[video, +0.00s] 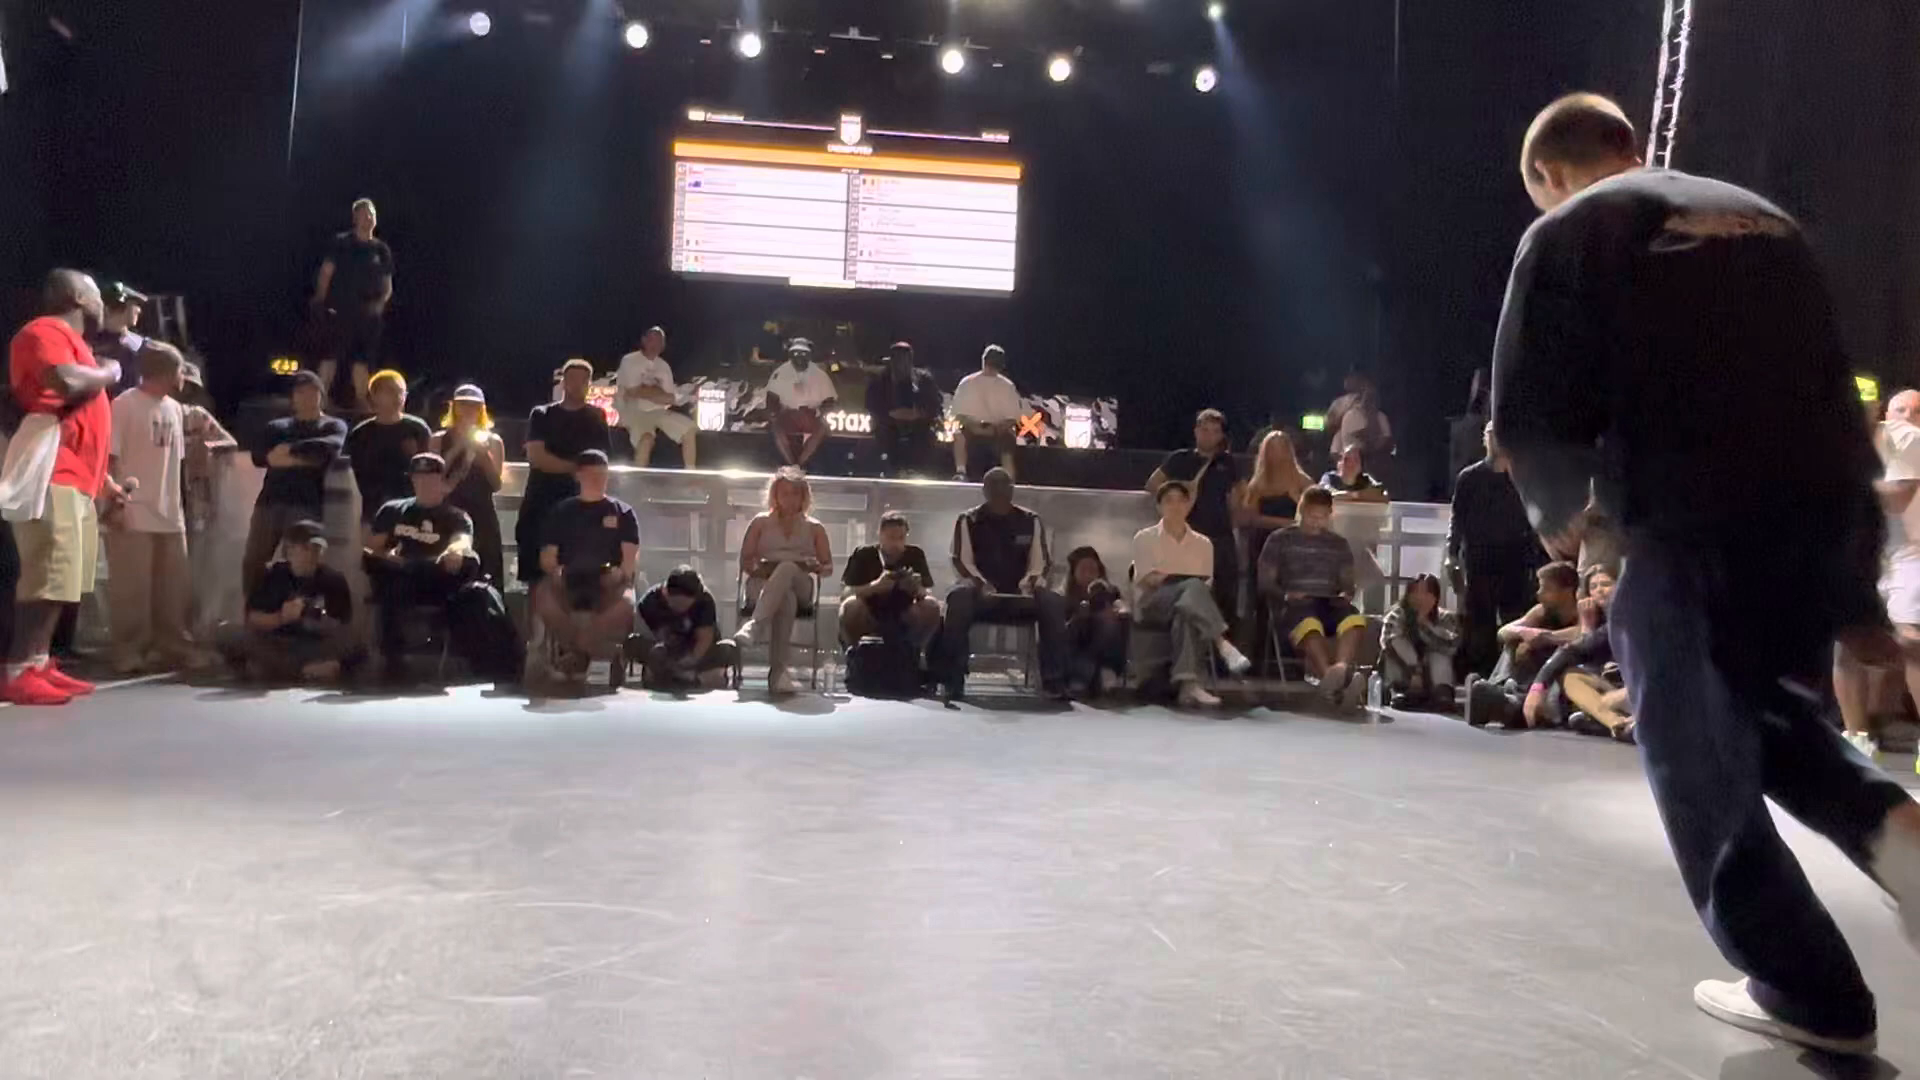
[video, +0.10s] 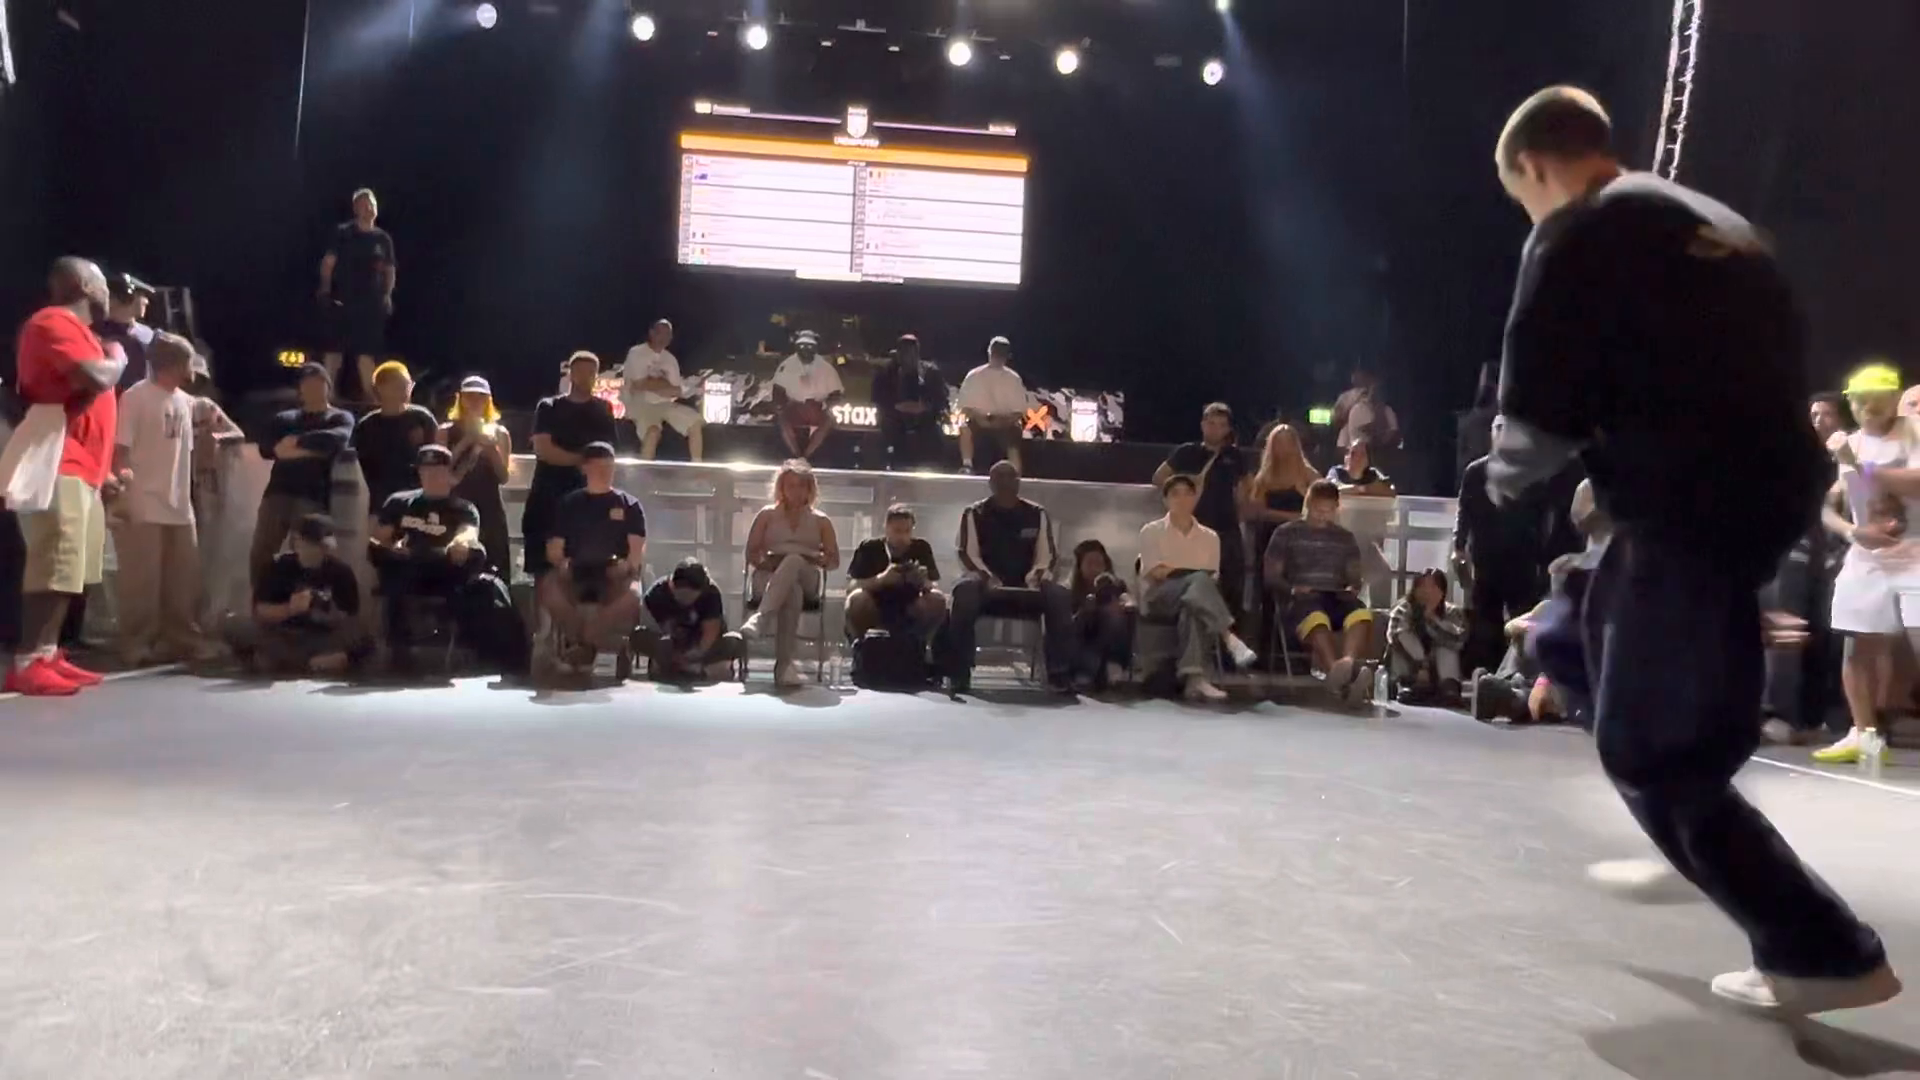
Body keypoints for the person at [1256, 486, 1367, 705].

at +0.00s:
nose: (1317, 522)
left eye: (1322, 517)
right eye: (1312, 516)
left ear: (1330, 516)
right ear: (1301, 513)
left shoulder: (1339, 543)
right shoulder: (1279, 539)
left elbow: (1348, 581)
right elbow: (1265, 581)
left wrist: (1346, 594)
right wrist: (1286, 595)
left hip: (1331, 598)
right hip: (1298, 596)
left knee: (1354, 621)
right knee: (1309, 627)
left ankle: (1339, 676)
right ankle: (1334, 684)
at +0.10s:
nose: (1323, 516)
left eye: (1328, 511)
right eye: (1318, 510)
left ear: (1337, 509)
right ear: (1307, 506)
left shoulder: (1345, 537)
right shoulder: (1285, 533)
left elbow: (1355, 576)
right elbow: (1272, 575)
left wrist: (1352, 588)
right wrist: (1292, 589)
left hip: (1337, 592)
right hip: (1305, 590)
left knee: (1361, 616)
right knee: (1316, 621)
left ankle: (1346, 671)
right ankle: (1342, 680)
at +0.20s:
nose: (1326, 508)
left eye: (1332, 503)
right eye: (1321, 502)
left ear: (1341, 504)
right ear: (1312, 500)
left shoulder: (1350, 532)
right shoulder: (1290, 528)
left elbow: (1360, 572)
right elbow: (1277, 570)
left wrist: (1358, 583)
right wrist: (1298, 584)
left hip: (1342, 587)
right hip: (1310, 585)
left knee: (1367, 610)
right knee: (1321, 616)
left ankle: (1351, 666)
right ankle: (1349, 675)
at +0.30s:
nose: (1332, 505)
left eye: (1338, 500)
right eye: (1327, 499)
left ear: (1346, 499)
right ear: (1317, 496)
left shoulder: (1356, 527)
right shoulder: (1295, 523)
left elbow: (1366, 567)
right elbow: (1282, 565)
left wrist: (1363, 579)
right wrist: (1303, 580)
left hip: (1348, 583)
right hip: (1315, 581)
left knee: (1371, 605)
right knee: (1327, 611)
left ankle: (1356, 663)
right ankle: (1350, 671)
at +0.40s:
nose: (1337, 501)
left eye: (1343, 496)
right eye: (1333, 495)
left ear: (1352, 495)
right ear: (1324, 492)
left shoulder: (1361, 523)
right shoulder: (1302, 519)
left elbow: (1372, 562)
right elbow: (1287, 561)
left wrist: (1368, 575)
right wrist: (1309, 576)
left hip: (1354, 578)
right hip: (1322, 578)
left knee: (1376, 602)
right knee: (1332, 608)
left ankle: (1365, 660)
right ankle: (1353, 664)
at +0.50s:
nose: (1344, 499)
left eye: (1350, 493)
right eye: (1340, 493)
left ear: (1358, 493)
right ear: (1329, 489)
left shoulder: (1367, 521)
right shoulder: (1307, 517)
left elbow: (1376, 557)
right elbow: (1294, 559)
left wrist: (1358, 575)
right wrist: (1315, 573)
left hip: (1355, 585)